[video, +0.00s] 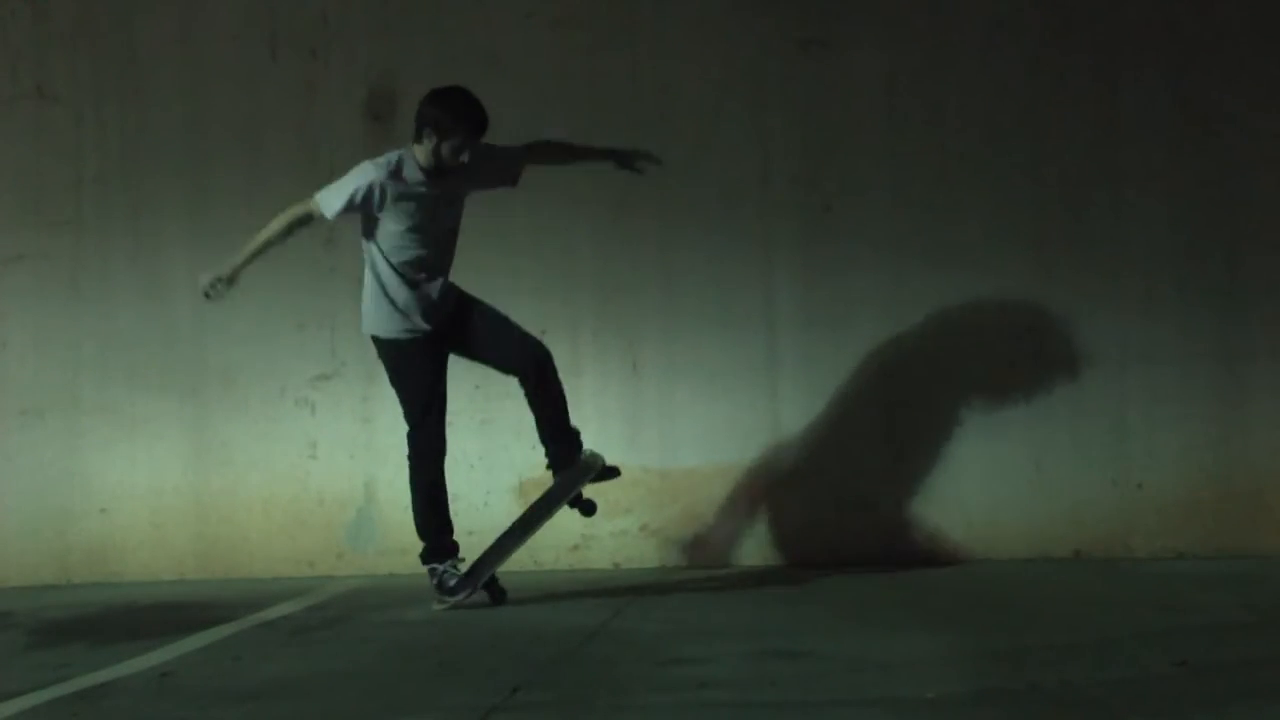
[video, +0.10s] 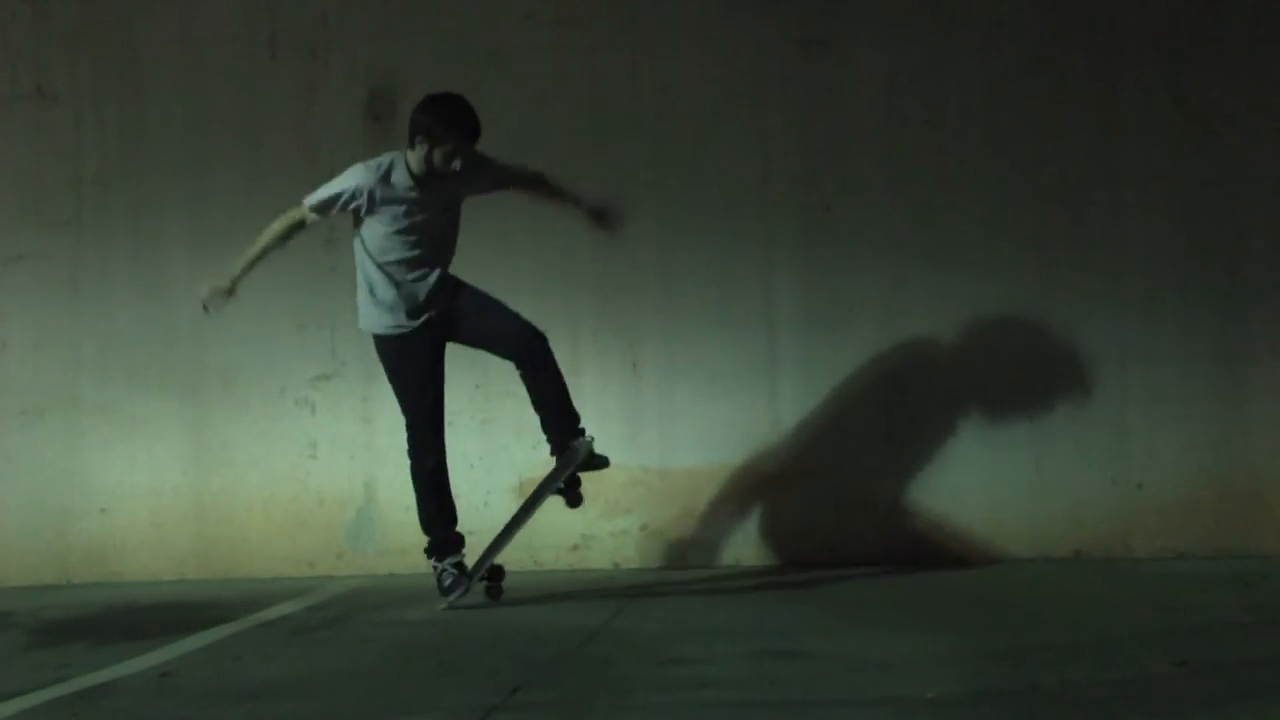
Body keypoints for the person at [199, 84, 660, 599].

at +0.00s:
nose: (467, 156)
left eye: (471, 146)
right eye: (462, 145)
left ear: (460, 140)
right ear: (432, 134)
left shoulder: (458, 172)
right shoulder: (379, 178)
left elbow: (533, 156)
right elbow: (300, 214)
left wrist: (611, 156)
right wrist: (233, 268)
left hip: (446, 306)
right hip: (400, 324)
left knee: (534, 359)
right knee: (427, 440)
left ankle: (569, 463)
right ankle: (441, 564)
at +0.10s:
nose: (459, 163)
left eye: (464, 155)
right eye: (453, 154)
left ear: (458, 151)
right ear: (423, 142)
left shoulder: (461, 174)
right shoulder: (371, 180)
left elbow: (525, 181)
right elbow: (295, 219)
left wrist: (585, 208)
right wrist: (232, 279)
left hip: (445, 298)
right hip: (397, 324)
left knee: (529, 343)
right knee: (426, 440)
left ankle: (568, 446)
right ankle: (446, 558)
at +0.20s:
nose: (453, 181)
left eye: (456, 171)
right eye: (445, 171)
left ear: (455, 167)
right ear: (413, 161)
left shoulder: (455, 202)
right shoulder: (366, 208)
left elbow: (496, 259)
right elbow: (316, 278)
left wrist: (540, 323)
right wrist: (278, 356)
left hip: (446, 312)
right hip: (397, 338)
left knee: (508, 355)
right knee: (427, 448)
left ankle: (562, 443)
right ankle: (457, 558)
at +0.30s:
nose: (423, 187)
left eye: (427, 176)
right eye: (412, 177)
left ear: (431, 174)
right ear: (384, 175)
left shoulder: (445, 214)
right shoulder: (355, 228)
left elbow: (509, 272)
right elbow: (341, 307)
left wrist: (560, 330)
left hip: (448, 330)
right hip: (395, 354)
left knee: (481, 370)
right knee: (414, 472)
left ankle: (544, 459)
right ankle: (473, 568)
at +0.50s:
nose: (360, 135)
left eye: (364, 124)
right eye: (349, 128)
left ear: (371, 120)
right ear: (326, 134)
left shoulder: (398, 139)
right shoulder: (328, 172)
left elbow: (442, 126)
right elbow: (320, 163)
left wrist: (476, 115)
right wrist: (308, 114)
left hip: (458, 263)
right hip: (408, 295)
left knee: (420, 305)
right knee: (429, 421)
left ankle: (443, 417)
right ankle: (453, 550)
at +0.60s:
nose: (387, 108)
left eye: (392, 97)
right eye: (376, 99)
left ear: (400, 88)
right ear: (351, 92)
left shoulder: (408, 115)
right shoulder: (327, 132)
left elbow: (455, 125)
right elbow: (258, 100)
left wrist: (493, 139)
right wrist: (188, 62)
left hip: (445, 243)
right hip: (392, 267)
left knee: (395, 253)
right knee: (400, 386)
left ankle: (428, 348)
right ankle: (466, 474)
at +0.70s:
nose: (392, 146)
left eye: (399, 136)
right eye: (384, 136)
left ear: (409, 123)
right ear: (360, 123)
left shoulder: (426, 141)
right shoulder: (325, 135)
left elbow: (483, 191)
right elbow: (233, 134)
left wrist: (540, 242)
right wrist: (148, 118)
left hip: (415, 240)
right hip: (360, 257)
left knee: (411, 247)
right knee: (376, 343)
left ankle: (447, 343)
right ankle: (433, 426)